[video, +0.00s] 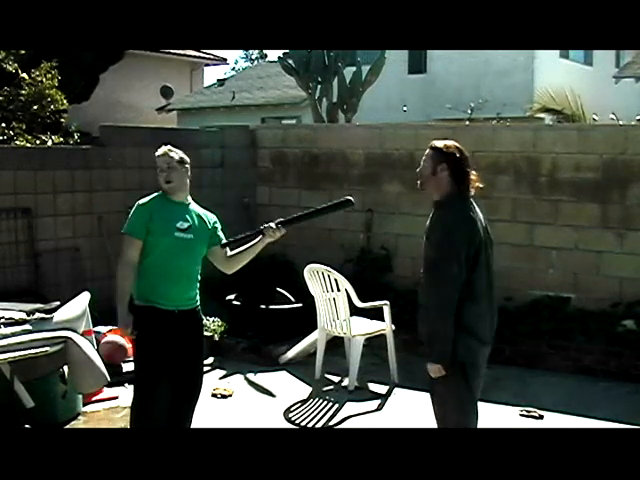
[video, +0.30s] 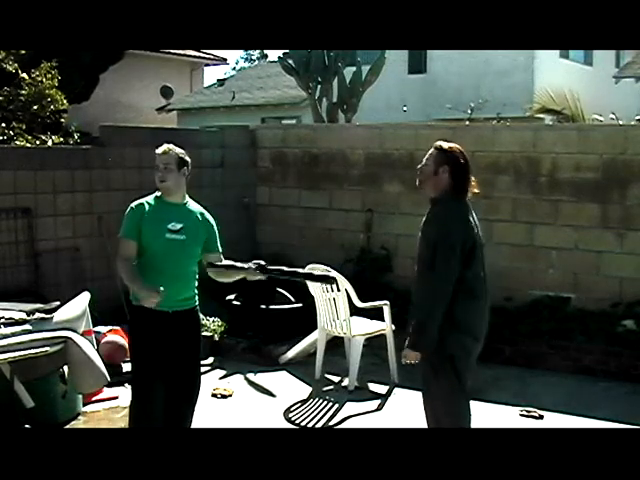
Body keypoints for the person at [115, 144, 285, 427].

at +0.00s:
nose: (165, 174)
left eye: (171, 168)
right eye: (160, 170)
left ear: (187, 172)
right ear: (156, 175)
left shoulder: (206, 220)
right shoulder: (146, 210)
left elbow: (228, 264)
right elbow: (128, 261)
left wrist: (263, 240)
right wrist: (123, 313)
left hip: (188, 318)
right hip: (151, 317)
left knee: (186, 395)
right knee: (151, 394)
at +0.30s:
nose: (159, 173)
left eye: (166, 168)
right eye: (157, 168)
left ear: (184, 173)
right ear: (154, 172)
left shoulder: (202, 219)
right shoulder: (139, 211)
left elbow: (215, 268)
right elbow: (124, 260)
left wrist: (244, 272)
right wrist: (140, 288)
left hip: (185, 317)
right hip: (146, 316)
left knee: (184, 390)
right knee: (148, 390)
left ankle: (177, 429)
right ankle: (145, 432)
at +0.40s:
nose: (162, 173)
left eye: (168, 168)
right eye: (158, 168)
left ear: (185, 172)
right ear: (154, 172)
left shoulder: (202, 218)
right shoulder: (140, 211)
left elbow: (208, 264)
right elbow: (125, 262)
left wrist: (226, 274)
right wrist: (131, 303)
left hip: (185, 318)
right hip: (147, 318)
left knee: (183, 396)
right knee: (147, 396)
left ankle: (177, 433)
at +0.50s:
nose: (163, 174)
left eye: (170, 168)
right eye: (159, 168)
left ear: (185, 172)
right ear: (154, 172)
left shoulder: (201, 218)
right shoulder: (139, 211)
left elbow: (200, 265)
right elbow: (125, 266)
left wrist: (219, 273)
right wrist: (123, 315)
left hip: (184, 318)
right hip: (146, 317)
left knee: (182, 396)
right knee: (146, 397)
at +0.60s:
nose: (165, 173)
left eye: (172, 168)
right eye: (160, 168)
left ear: (185, 173)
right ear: (154, 173)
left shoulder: (199, 219)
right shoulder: (138, 213)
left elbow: (200, 269)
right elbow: (123, 268)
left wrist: (224, 272)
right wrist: (113, 319)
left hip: (183, 318)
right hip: (144, 318)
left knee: (182, 397)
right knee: (146, 398)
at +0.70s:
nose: (180, 171)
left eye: (183, 166)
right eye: (172, 166)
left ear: (187, 171)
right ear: (156, 173)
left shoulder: (196, 218)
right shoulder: (135, 213)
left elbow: (203, 269)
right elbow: (120, 267)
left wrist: (231, 263)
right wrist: (105, 317)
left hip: (182, 319)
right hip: (143, 319)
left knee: (181, 399)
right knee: (145, 400)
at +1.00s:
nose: (190, 173)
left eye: (189, 167)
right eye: (184, 167)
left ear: (172, 172)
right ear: (163, 172)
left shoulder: (191, 216)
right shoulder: (131, 211)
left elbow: (203, 266)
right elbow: (116, 267)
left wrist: (240, 259)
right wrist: (115, 318)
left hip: (180, 320)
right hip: (142, 319)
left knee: (180, 400)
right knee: (144, 402)